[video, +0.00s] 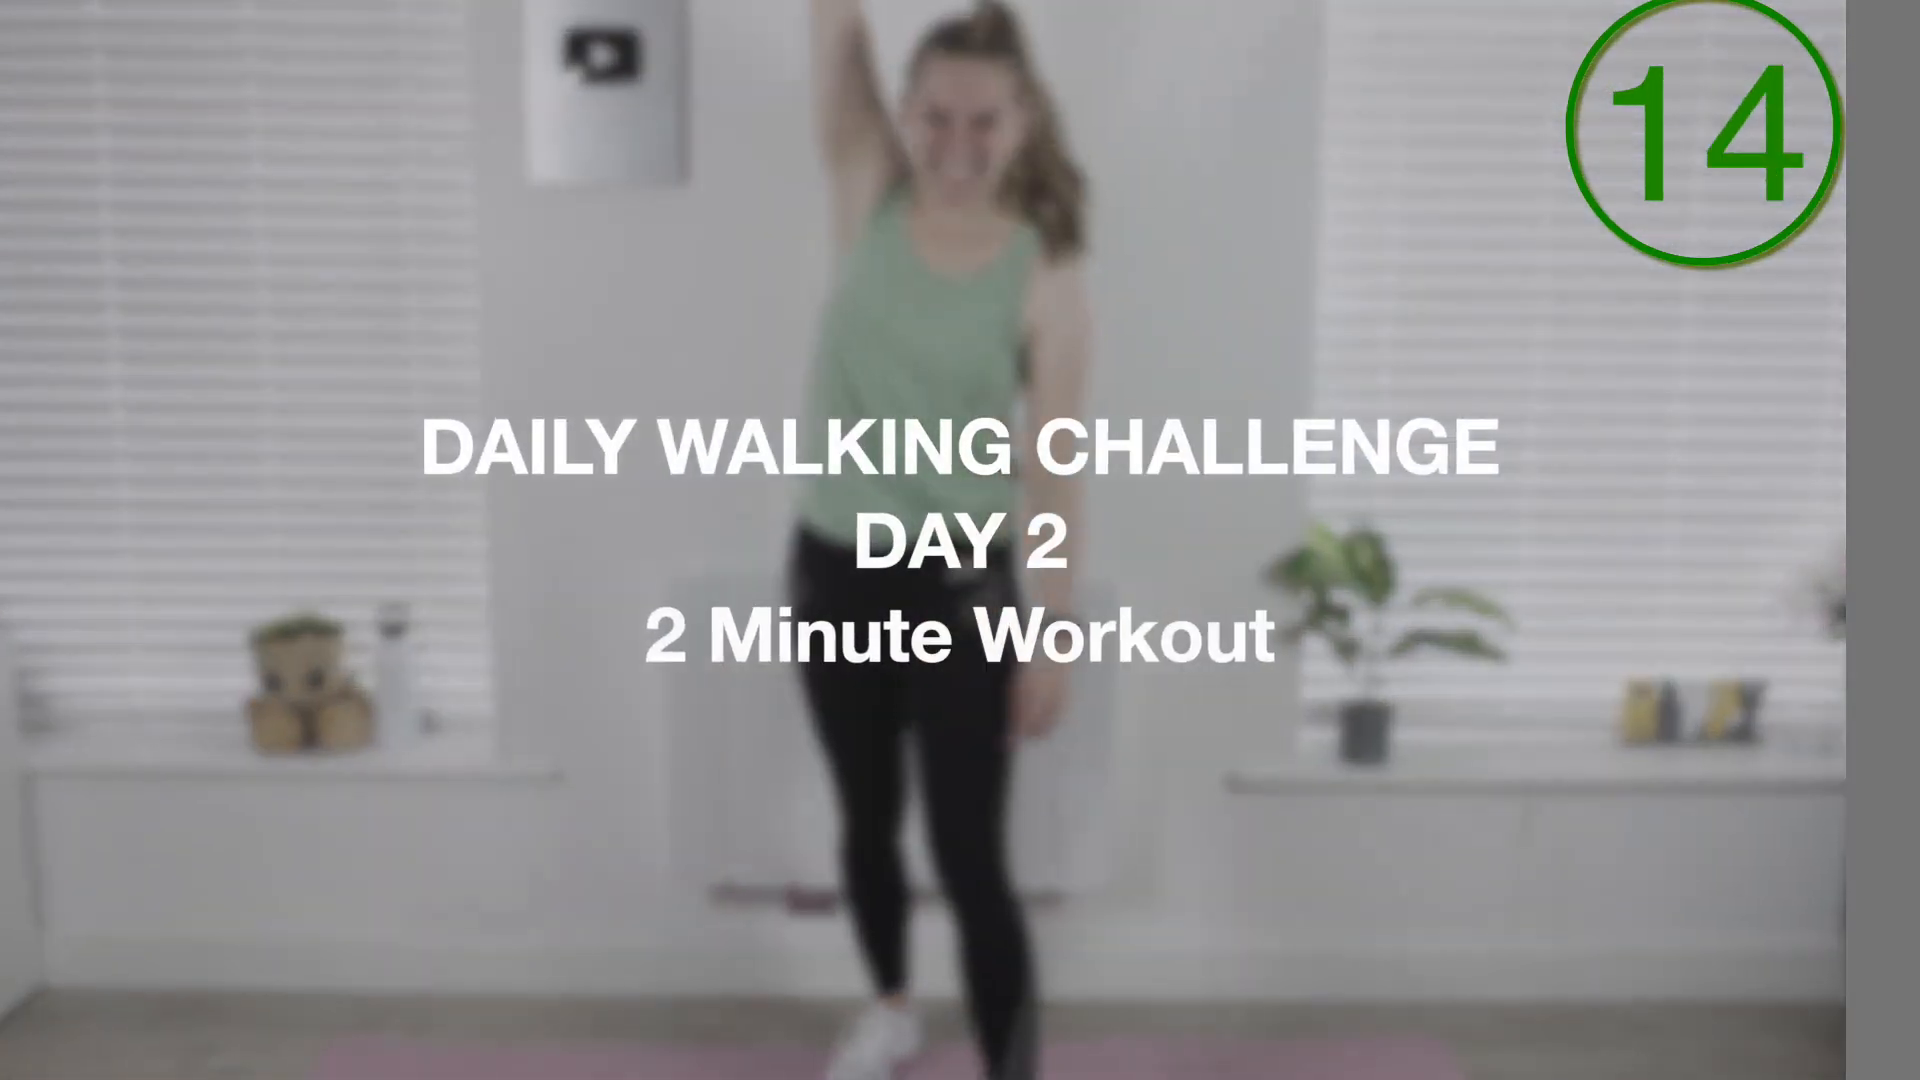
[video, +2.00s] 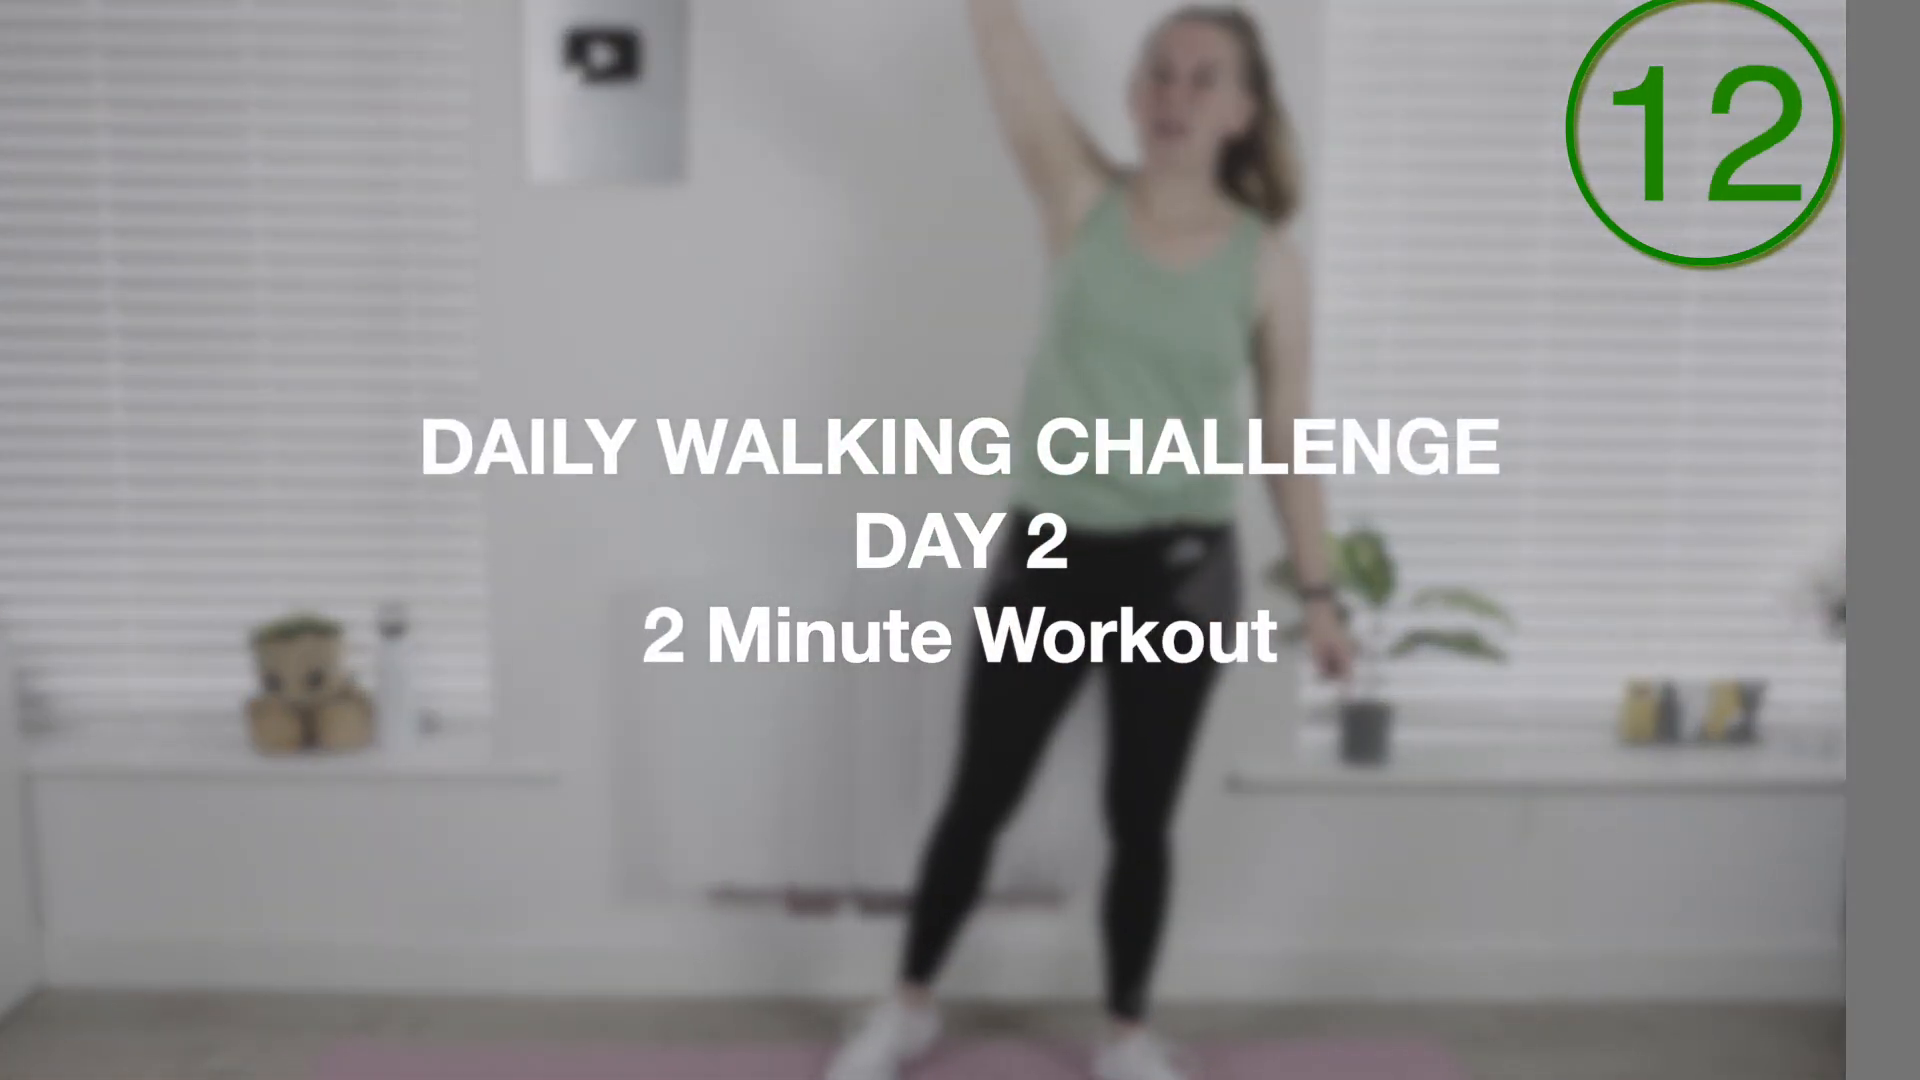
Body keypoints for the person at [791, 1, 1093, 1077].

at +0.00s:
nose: (958, 142)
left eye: (985, 120)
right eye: (938, 116)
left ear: (1024, 127)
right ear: (904, 117)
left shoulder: (1041, 275)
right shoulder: (869, 202)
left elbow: (1054, 467)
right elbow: (836, 30)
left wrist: (1052, 632)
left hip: (962, 576)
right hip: (838, 565)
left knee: (966, 848)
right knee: (865, 810)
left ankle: (1010, 1063)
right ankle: (890, 1004)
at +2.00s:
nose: (1175, 95)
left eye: (1205, 79)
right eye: (1160, 74)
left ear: (1247, 108)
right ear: (1135, 91)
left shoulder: (1262, 258)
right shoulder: (1081, 194)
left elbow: (1287, 441)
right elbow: (998, 31)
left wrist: (1319, 592)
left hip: (1181, 553)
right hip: (1050, 540)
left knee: (1141, 811)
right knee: (982, 789)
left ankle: (1127, 1030)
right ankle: (909, 1005)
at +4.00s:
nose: (1016, 191)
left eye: (1030, 170)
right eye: (991, 173)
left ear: (1048, 177)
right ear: (948, 188)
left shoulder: (1094, 307)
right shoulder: (907, 308)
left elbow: (1131, 455)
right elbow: (859, 454)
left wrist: (1136, 569)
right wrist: (844, 586)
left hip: (1057, 582)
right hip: (935, 578)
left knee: (1071, 802)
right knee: (915, 780)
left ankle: (1122, 998)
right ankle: (883, 947)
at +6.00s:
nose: (1001, 215)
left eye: (1023, 195)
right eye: (984, 193)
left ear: (1062, 201)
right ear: (965, 196)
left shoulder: (1098, 293)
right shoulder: (940, 276)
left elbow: (1079, 328)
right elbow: (831, 328)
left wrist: (959, 307)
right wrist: (932, 345)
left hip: (1078, 577)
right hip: (969, 575)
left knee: (1087, 783)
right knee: (999, 783)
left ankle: (1116, 969)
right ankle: (1007, 972)